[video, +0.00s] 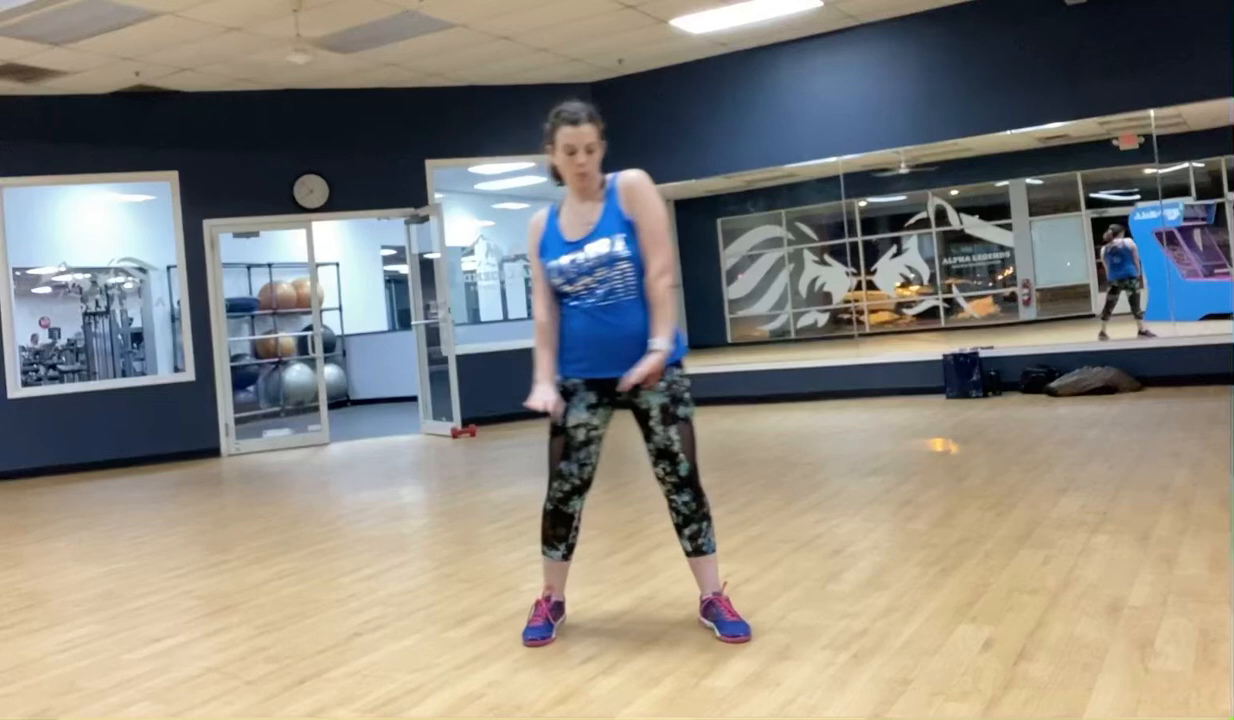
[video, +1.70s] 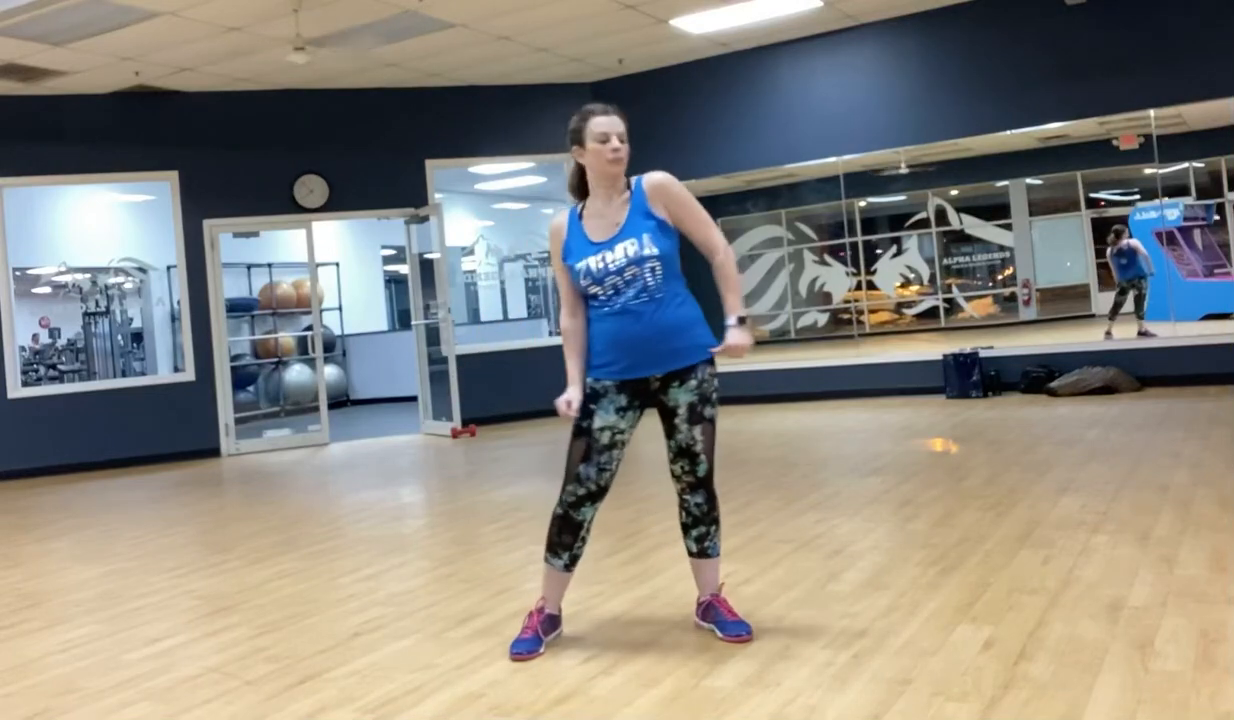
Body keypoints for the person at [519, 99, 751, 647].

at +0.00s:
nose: (582, 159)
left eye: (590, 148)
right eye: (570, 150)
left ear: (603, 148)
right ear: (552, 156)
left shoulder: (633, 187)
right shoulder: (543, 225)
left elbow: (661, 272)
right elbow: (545, 311)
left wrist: (659, 349)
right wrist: (543, 379)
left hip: (650, 364)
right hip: (581, 377)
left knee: (680, 478)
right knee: (564, 488)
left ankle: (713, 596)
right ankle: (551, 600)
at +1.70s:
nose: (617, 148)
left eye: (621, 139)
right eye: (604, 141)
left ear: (630, 146)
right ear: (579, 153)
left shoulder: (656, 189)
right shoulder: (565, 226)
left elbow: (718, 248)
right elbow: (572, 312)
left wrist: (735, 321)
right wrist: (575, 382)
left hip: (684, 364)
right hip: (612, 377)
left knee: (695, 480)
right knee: (580, 490)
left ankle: (712, 600)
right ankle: (547, 611)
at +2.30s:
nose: (616, 163)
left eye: (620, 153)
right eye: (603, 156)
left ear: (624, 157)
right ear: (574, 163)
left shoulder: (634, 230)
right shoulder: (542, 208)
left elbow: (674, 305)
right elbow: (505, 284)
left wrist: (735, 343)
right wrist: (522, 357)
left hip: (651, 371)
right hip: (579, 381)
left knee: (675, 485)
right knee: (570, 499)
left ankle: (709, 601)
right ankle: (547, 615)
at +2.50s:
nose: (594, 157)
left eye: (595, 147)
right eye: (580, 155)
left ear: (604, 150)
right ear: (559, 169)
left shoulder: (628, 229)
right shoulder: (539, 202)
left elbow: (643, 307)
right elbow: (486, 270)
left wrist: (683, 344)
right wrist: (464, 342)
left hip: (626, 371)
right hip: (555, 377)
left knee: (664, 482)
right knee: (554, 496)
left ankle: (705, 601)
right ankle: (546, 614)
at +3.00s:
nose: (591, 155)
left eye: (589, 143)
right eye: (576, 156)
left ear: (601, 143)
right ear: (562, 176)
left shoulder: (652, 203)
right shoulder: (552, 224)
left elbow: (707, 263)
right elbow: (536, 304)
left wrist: (696, 328)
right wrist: (510, 372)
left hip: (649, 371)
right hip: (572, 376)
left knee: (682, 484)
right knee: (559, 490)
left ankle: (712, 599)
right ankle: (545, 613)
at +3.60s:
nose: (578, 142)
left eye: (583, 133)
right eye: (565, 139)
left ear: (599, 143)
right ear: (550, 156)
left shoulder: (635, 215)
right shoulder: (528, 220)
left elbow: (659, 296)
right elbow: (476, 293)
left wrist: (698, 329)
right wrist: (439, 350)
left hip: (637, 371)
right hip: (560, 379)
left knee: (667, 484)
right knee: (552, 497)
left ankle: (710, 600)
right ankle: (545, 615)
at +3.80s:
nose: (560, 139)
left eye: (566, 130)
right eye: (547, 135)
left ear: (583, 142)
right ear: (533, 154)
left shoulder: (618, 215)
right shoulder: (512, 216)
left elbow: (637, 294)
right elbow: (442, 270)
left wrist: (644, 344)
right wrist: (380, 312)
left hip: (616, 373)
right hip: (542, 380)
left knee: (660, 483)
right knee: (541, 500)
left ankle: (707, 600)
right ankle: (545, 615)